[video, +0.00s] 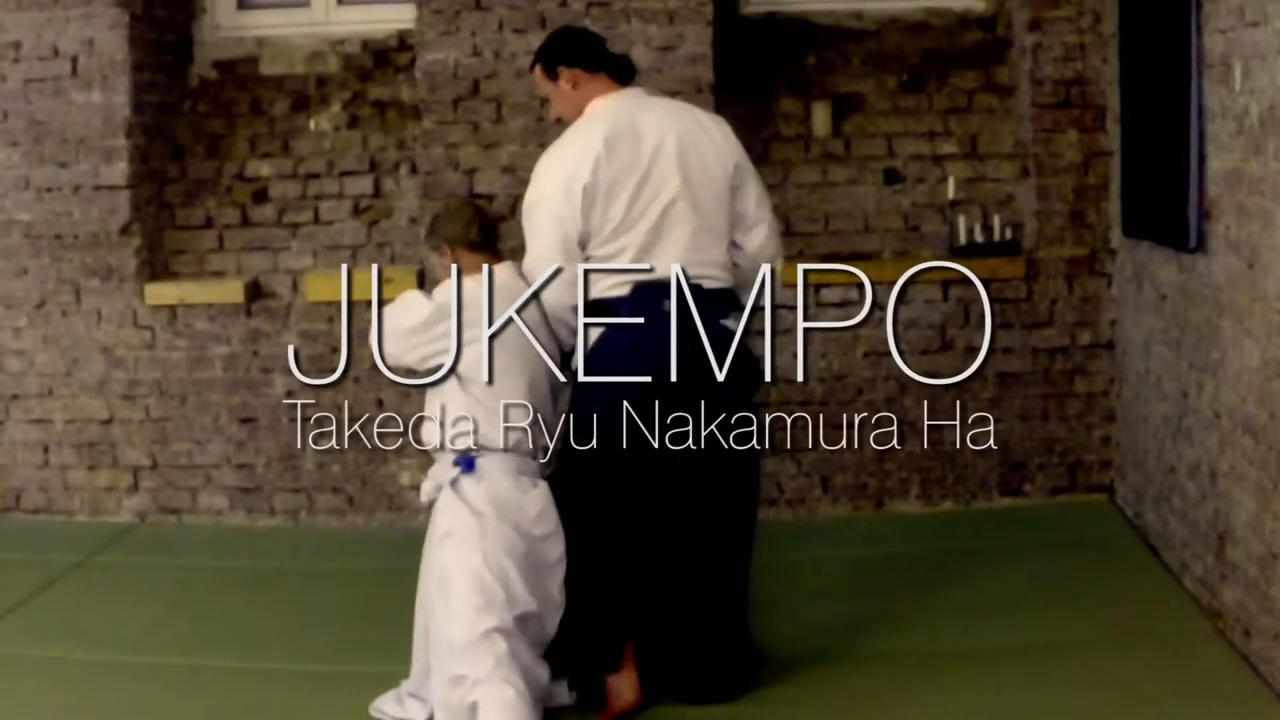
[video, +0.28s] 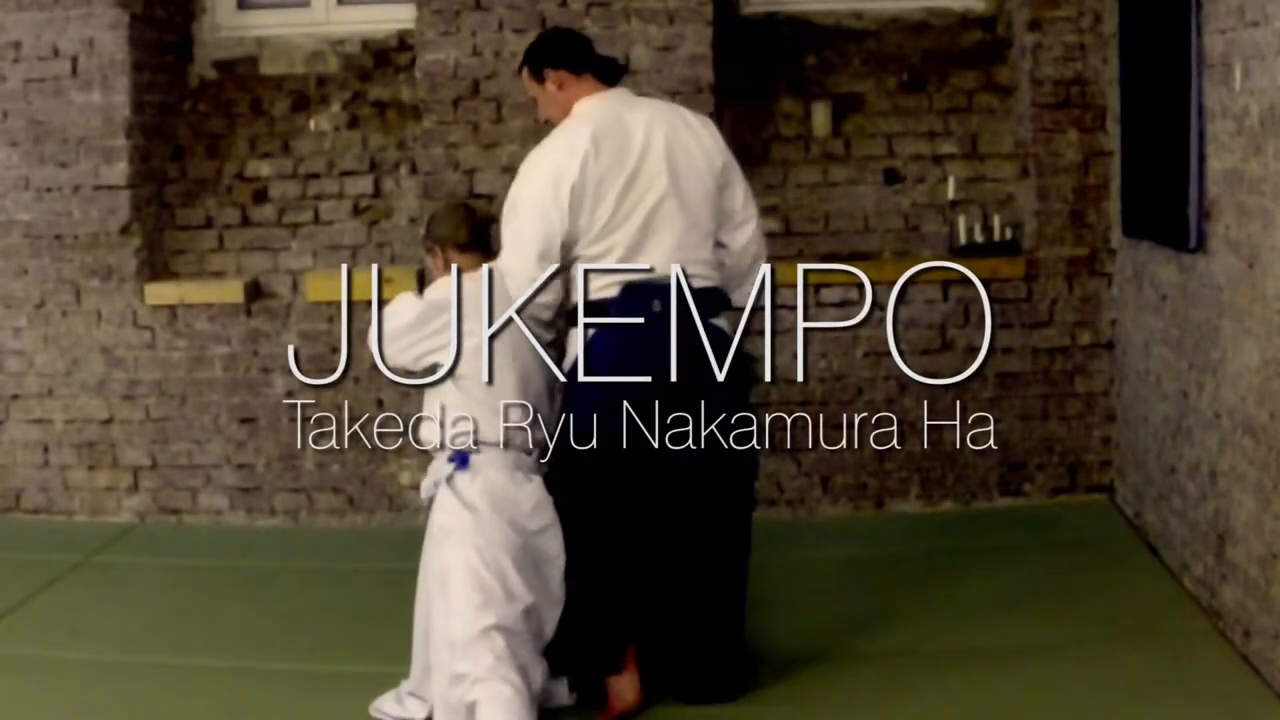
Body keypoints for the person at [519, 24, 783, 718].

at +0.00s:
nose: (552, 113)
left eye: (548, 97)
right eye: (546, 100)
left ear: (571, 78)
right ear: (614, 73)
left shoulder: (569, 156)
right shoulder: (711, 129)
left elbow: (552, 281)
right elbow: (761, 242)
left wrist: (577, 351)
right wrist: (726, 311)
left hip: (616, 347)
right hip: (711, 339)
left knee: (603, 503)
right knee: (712, 499)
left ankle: (616, 670)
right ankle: (711, 664)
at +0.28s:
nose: (540, 113)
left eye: (537, 98)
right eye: (535, 100)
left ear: (559, 80)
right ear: (600, 73)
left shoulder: (559, 153)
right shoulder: (698, 129)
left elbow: (525, 282)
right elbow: (745, 242)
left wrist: (546, 347)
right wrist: (719, 317)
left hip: (607, 344)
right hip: (702, 338)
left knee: (598, 505)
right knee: (706, 503)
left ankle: (613, 669)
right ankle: (708, 665)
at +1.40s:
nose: (480, 116)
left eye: (478, 103)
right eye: (478, 105)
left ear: (498, 89)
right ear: (546, 81)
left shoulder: (491, 151)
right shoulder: (622, 137)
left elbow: (424, 279)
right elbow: (633, 219)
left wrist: (423, 298)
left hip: (559, 349)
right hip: (647, 342)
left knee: (529, 509)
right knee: (630, 507)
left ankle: (532, 680)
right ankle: (629, 663)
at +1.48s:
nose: (500, 100)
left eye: (502, 87)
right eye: (502, 88)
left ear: (522, 82)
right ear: (570, 79)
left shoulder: (507, 147)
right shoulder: (640, 139)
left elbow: (454, 262)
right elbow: (673, 250)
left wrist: (442, 333)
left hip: (560, 336)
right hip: (649, 333)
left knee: (532, 503)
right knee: (630, 500)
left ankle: (529, 678)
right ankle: (627, 664)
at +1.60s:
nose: (530, 99)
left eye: (532, 87)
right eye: (531, 88)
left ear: (550, 79)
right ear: (598, 76)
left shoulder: (544, 140)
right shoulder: (672, 139)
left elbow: (521, 258)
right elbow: (705, 257)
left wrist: (492, 347)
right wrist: (690, 329)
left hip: (575, 329)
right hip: (662, 328)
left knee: (527, 493)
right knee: (640, 496)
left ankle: (530, 660)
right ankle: (632, 661)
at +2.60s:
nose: (616, 49)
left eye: (629, 34)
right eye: (607, 38)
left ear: (662, 38)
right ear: (599, 46)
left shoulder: (718, 119)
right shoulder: (584, 136)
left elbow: (764, 214)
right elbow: (557, 224)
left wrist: (770, 308)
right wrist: (549, 289)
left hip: (717, 313)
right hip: (637, 321)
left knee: (740, 474)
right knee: (649, 478)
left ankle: (768, 636)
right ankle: (664, 635)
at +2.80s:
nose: (642, 53)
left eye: (656, 39)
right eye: (633, 41)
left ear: (688, 44)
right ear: (625, 50)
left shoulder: (746, 129)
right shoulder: (606, 143)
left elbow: (790, 226)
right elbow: (579, 228)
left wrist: (793, 320)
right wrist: (582, 294)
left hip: (733, 328)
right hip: (646, 333)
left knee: (746, 482)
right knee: (619, 478)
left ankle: (775, 639)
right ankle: (652, 626)